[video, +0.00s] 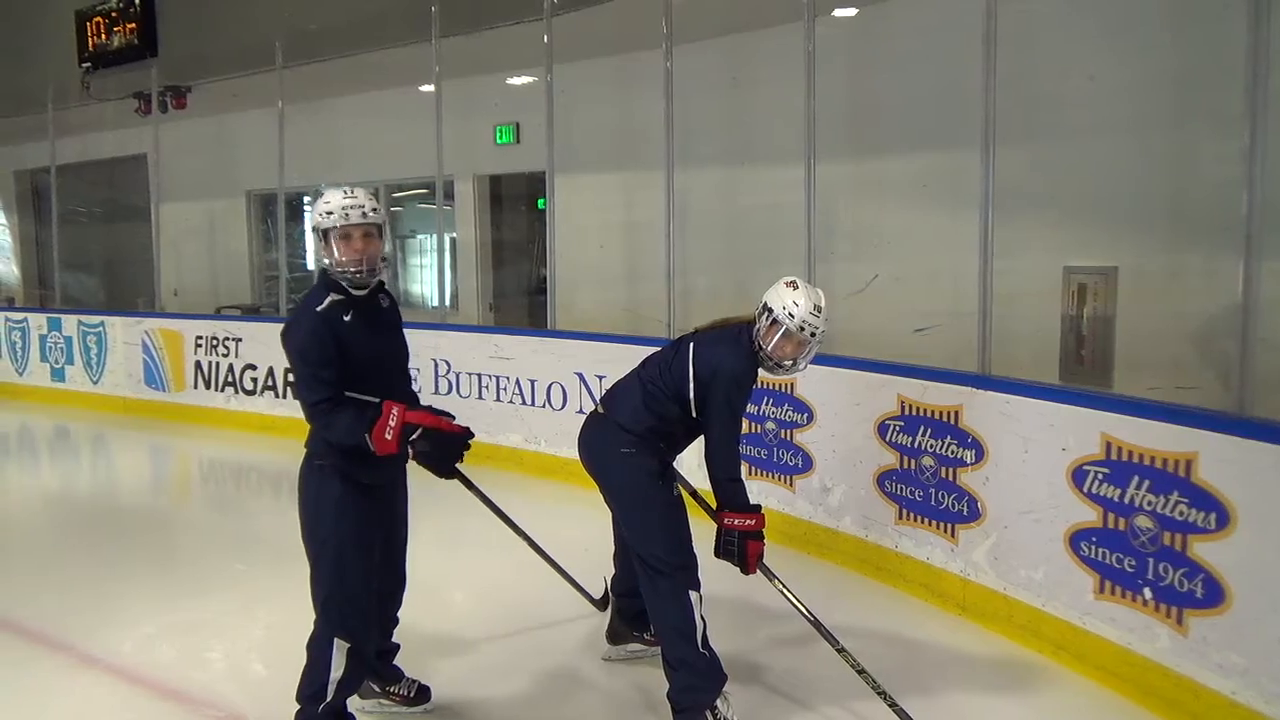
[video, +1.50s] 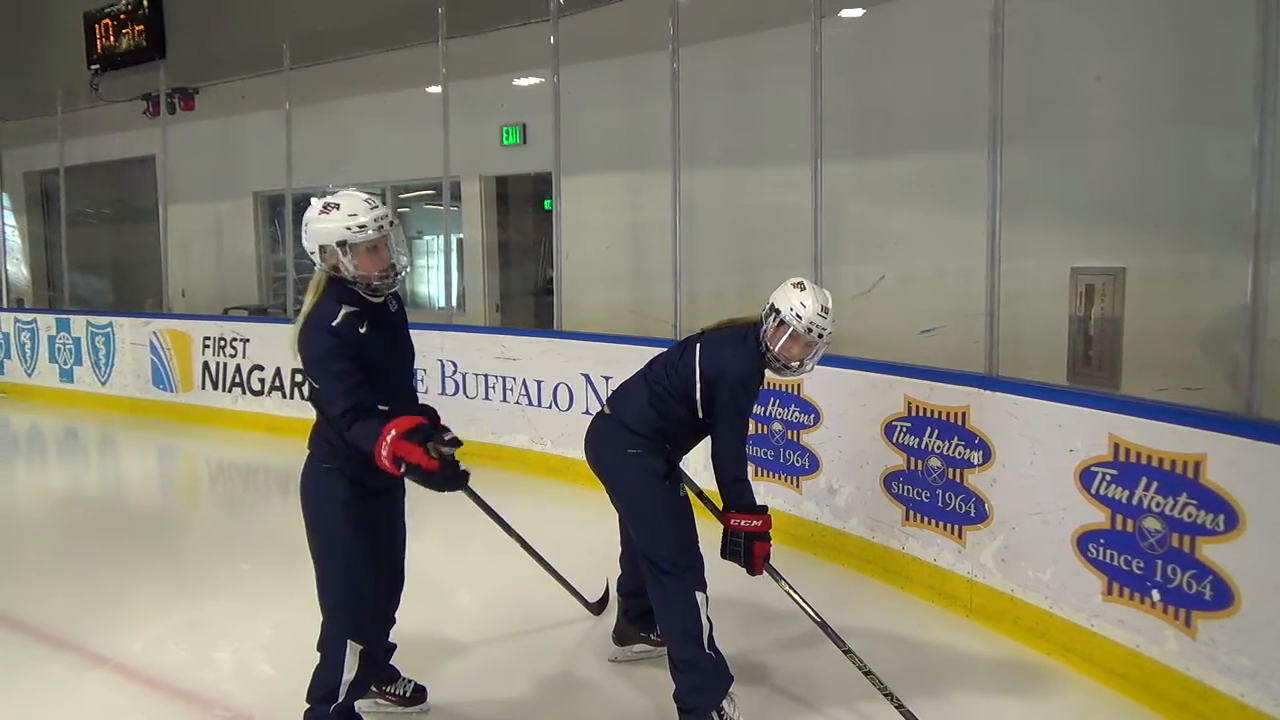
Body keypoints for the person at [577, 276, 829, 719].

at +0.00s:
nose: (783, 348)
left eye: (796, 342)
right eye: (780, 334)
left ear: (810, 346)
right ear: (763, 321)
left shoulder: (733, 340)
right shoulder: (733, 363)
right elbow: (722, 449)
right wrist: (740, 519)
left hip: (611, 435)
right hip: (628, 447)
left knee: (638, 535)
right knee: (673, 570)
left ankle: (628, 625)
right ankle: (696, 704)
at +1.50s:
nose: (790, 349)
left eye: (804, 343)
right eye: (786, 334)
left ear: (817, 347)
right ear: (770, 322)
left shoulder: (741, 341)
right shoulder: (740, 365)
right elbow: (728, 450)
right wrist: (746, 517)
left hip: (619, 435)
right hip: (634, 446)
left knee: (644, 534)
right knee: (678, 569)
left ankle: (635, 625)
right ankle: (703, 703)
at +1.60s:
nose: (790, 348)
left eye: (803, 342)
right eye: (786, 334)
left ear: (817, 346)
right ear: (770, 321)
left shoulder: (741, 343)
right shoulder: (740, 364)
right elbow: (729, 450)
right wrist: (746, 517)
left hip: (619, 435)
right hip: (634, 446)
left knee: (644, 535)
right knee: (679, 569)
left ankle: (636, 624)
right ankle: (704, 703)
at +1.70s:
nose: (792, 349)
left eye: (805, 342)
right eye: (788, 334)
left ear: (818, 346)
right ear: (771, 322)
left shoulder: (741, 341)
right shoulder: (741, 365)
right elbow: (729, 450)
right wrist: (746, 517)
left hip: (618, 435)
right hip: (636, 447)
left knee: (644, 534)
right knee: (680, 570)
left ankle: (636, 624)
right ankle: (704, 703)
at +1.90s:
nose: (794, 350)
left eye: (807, 343)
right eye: (790, 335)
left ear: (819, 346)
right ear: (772, 323)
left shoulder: (743, 341)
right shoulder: (741, 364)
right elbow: (730, 450)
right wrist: (747, 517)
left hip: (619, 435)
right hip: (635, 447)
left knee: (645, 534)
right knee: (680, 569)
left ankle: (637, 624)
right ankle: (704, 703)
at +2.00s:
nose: (793, 349)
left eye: (806, 343)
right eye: (789, 335)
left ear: (819, 347)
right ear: (772, 322)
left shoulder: (742, 341)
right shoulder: (742, 364)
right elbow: (730, 449)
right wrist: (747, 517)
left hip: (619, 436)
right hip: (636, 447)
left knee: (645, 536)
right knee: (679, 569)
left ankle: (637, 625)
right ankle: (704, 704)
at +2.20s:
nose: (793, 349)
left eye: (806, 343)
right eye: (789, 335)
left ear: (819, 347)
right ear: (772, 322)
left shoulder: (743, 340)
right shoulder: (743, 365)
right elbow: (730, 450)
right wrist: (748, 518)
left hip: (619, 435)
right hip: (636, 446)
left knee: (644, 536)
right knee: (680, 570)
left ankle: (637, 625)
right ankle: (704, 704)